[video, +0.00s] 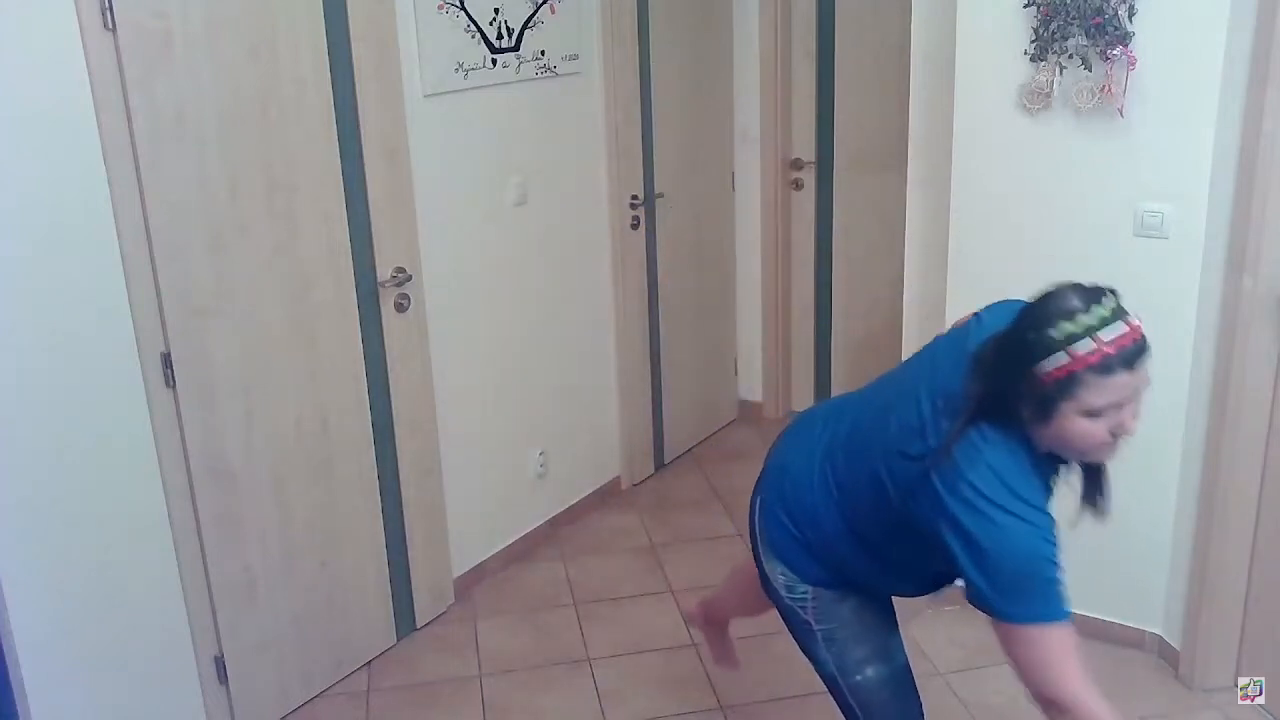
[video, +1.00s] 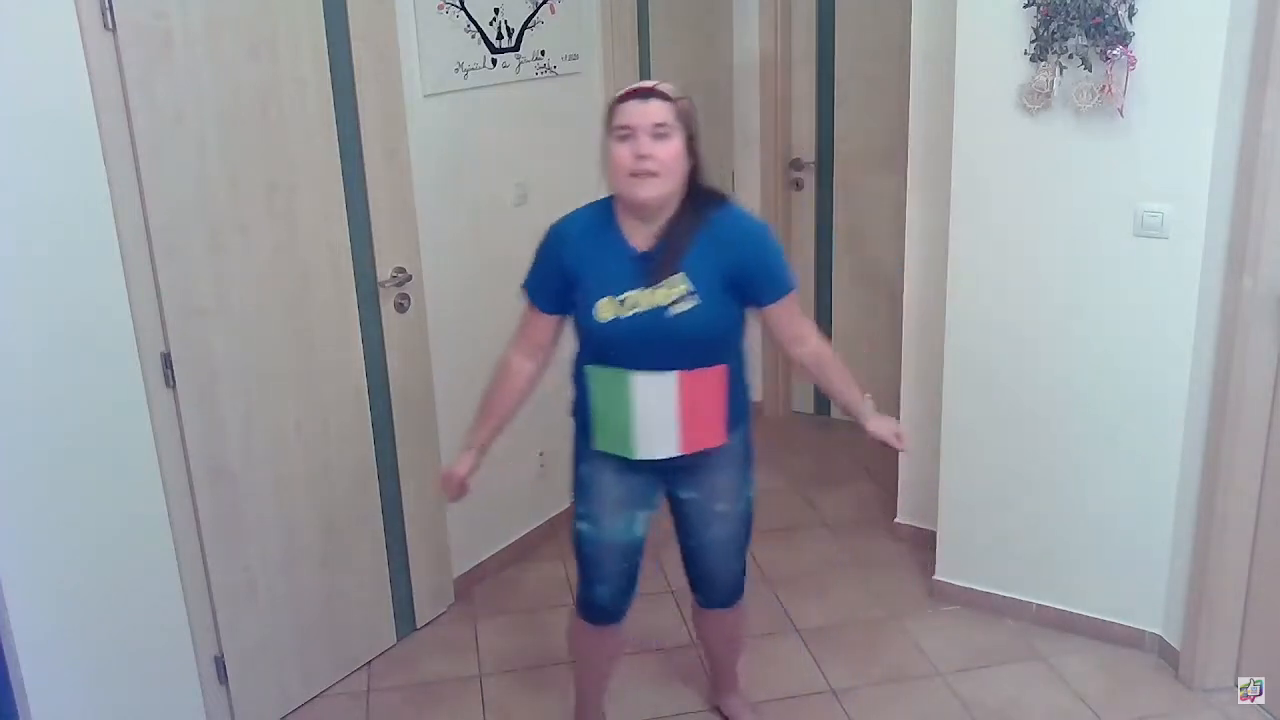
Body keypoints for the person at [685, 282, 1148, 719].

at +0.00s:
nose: (1127, 427)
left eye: (1134, 401)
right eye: (1100, 414)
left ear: (1140, 376)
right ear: (1034, 407)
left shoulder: (1015, 323)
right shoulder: (995, 498)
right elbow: (1061, 693)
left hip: (824, 433)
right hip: (803, 531)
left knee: (784, 569)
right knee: (893, 708)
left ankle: (714, 608)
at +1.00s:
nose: (642, 151)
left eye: (661, 135)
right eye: (626, 136)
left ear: (689, 153)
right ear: (607, 153)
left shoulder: (736, 236)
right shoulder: (572, 242)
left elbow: (799, 337)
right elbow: (528, 354)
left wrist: (866, 413)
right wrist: (472, 450)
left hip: (713, 446)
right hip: (610, 450)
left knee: (723, 592)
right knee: (600, 602)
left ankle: (727, 697)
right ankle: (589, 711)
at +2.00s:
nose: (574, 138)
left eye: (588, 123)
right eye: (557, 124)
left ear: (609, 133)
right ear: (536, 135)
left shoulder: (649, 201)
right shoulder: (513, 208)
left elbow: (711, 293)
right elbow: (471, 312)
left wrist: (716, 283)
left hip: (632, 409)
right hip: (546, 413)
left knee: (612, 538)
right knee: (568, 561)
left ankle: (601, 618)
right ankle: (580, 702)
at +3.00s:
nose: (707, 104)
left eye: (720, 93)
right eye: (690, 93)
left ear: (740, 106)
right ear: (667, 108)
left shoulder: (770, 166)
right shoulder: (641, 175)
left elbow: (812, 211)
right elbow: (623, 221)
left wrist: (729, 154)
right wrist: (701, 153)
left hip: (763, 393)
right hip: (672, 400)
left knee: (787, 541)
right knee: (703, 549)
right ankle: (710, 676)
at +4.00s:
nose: (980, 110)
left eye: (998, 97)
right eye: (965, 94)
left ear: (1019, 112)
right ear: (938, 105)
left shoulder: (1051, 173)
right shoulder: (900, 175)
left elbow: (1156, 228)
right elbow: (873, 244)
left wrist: (1092, 241)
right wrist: (981, 193)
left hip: (1029, 413)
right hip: (930, 412)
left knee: (1028, 575)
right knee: (941, 563)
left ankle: (1038, 680)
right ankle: (944, 669)